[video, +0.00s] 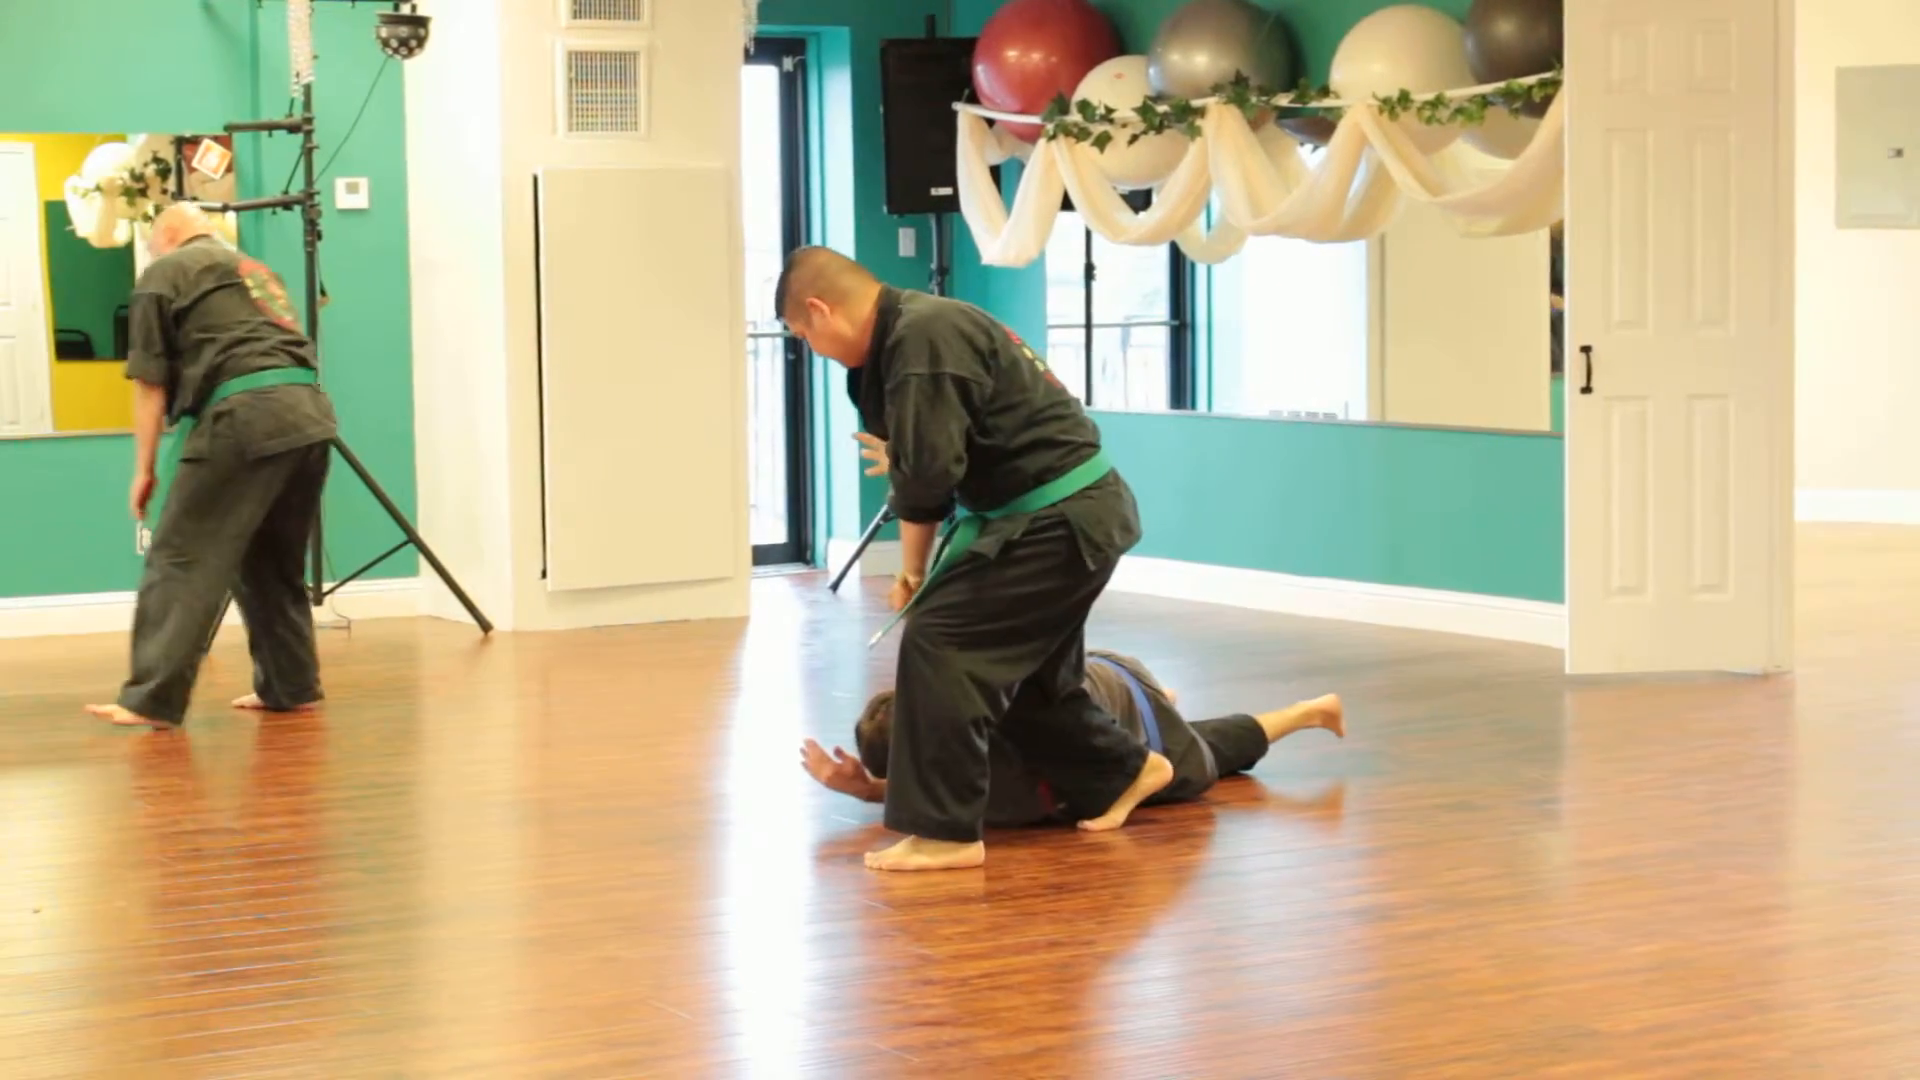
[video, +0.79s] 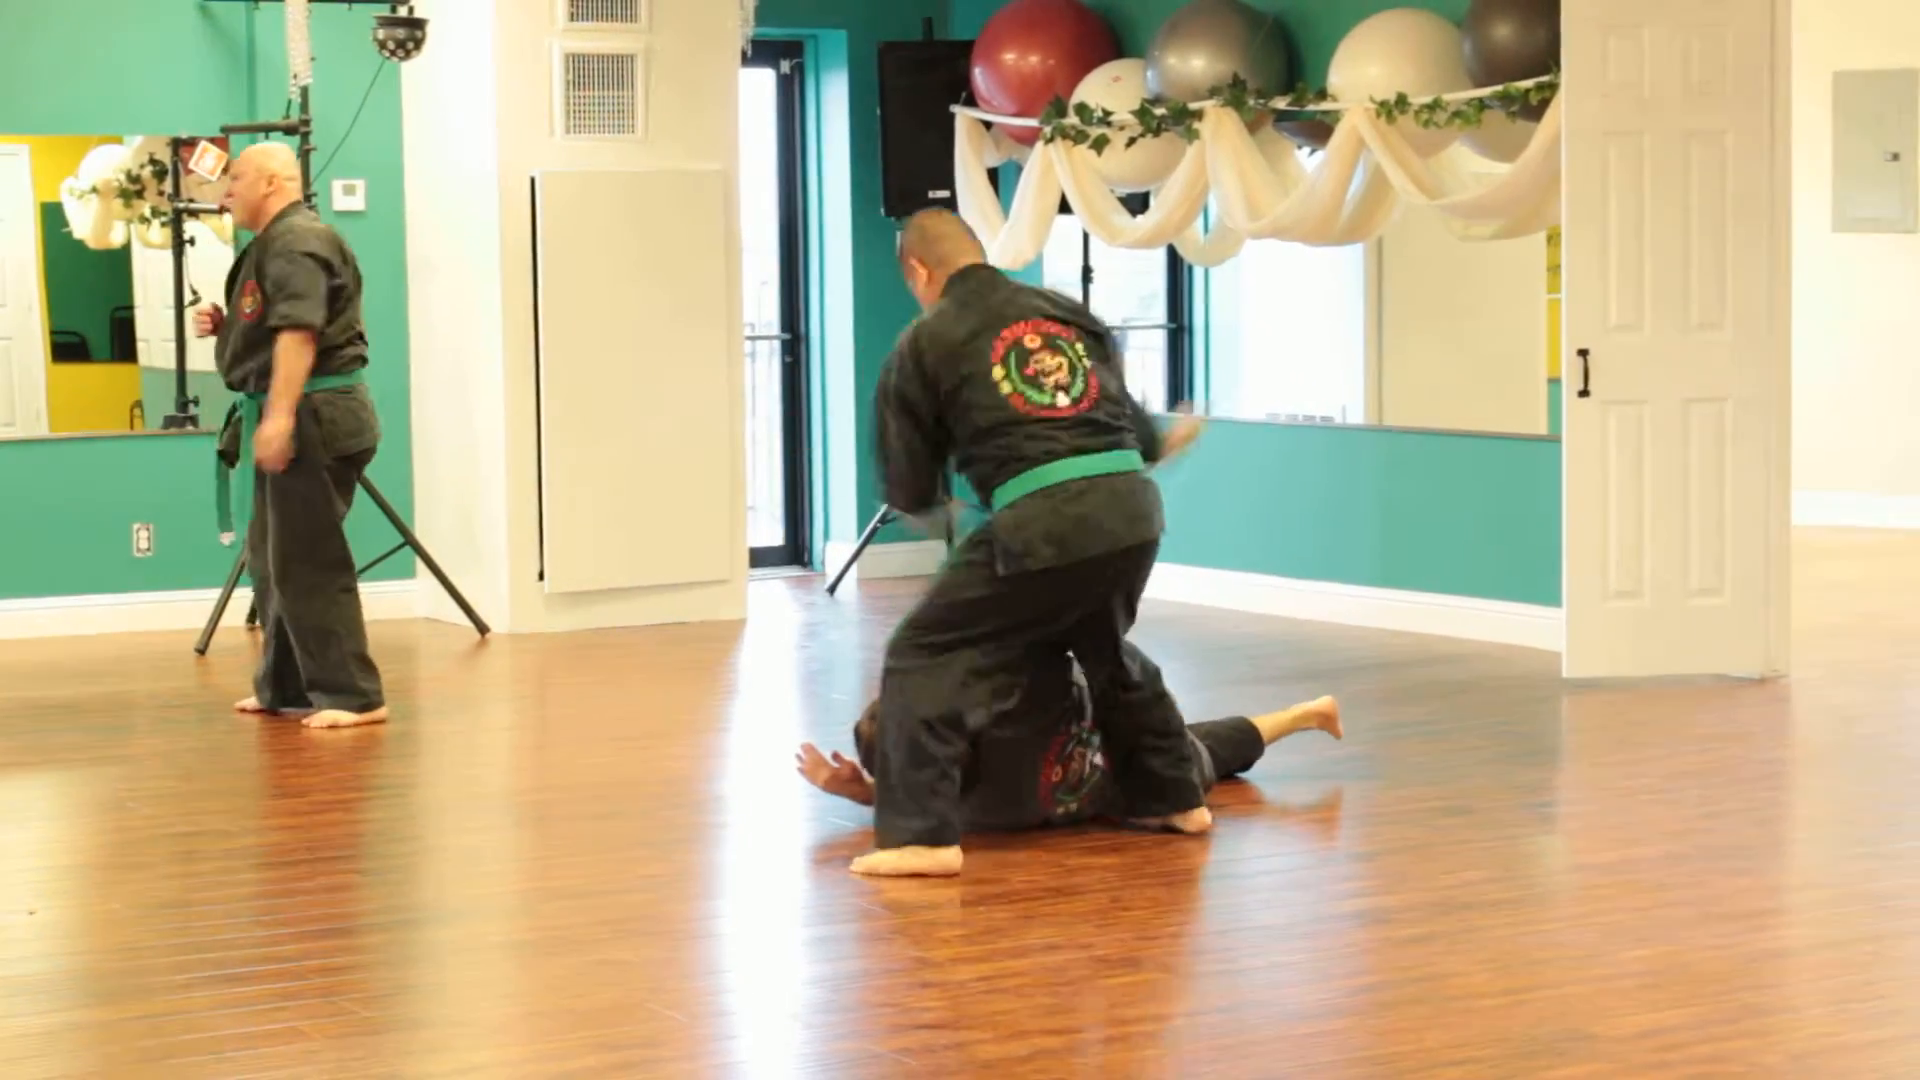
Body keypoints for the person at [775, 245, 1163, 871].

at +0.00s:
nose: (815, 352)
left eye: (804, 336)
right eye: (804, 340)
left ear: (822, 309)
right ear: (844, 294)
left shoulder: (923, 337)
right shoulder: (910, 338)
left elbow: (924, 477)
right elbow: (917, 476)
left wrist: (912, 574)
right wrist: (915, 571)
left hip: (1063, 513)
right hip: (1068, 510)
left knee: (936, 636)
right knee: (1025, 678)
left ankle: (944, 830)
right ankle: (1126, 767)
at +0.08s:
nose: (811, 351)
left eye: (802, 335)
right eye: (802, 339)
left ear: (818, 308)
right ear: (845, 290)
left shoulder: (919, 335)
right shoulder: (909, 334)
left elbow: (921, 478)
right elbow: (917, 485)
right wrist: (914, 578)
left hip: (1060, 512)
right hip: (1069, 508)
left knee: (934, 636)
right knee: (1023, 679)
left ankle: (944, 830)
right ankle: (1125, 766)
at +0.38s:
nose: (815, 332)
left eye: (806, 317)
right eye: (807, 319)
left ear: (820, 295)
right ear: (856, 272)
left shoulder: (911, 327)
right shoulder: (918, 312)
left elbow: (899, 465)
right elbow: (907, 471)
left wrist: (832, 442)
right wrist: (894, 560)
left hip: (1053, 509)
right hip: (1077, 499)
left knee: (935, 641)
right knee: (1034, 674)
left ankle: (941, 831)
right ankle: (1130, 772)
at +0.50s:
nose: (835, 318)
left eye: (828, 301)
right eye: (826, 304)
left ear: (840, 283)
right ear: (877, 263)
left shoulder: (901, 324)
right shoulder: (944, 300)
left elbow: (885, 465)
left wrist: (822, 493)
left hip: (1055, 507)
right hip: (1105, 490)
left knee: (936, 642)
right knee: (1060, 666)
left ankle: (938, 833)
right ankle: (1146, 795)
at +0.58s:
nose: (856, 306)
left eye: (850, 289)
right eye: (852, 291)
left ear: (862, 274)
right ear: (911, 253)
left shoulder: (904, 321)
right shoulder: (974, 299)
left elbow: (896, 454)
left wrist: (808, 453)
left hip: (1052, 508)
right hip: (1116, 491)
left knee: (928, 645)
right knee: (1080, 656)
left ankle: (937, 833)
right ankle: (1159, 795)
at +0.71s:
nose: (898, 287)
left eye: (895, 276)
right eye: (898, 277)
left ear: (909, 267)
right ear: (964, 253)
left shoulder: (916, 328)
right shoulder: (1035, 307)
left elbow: (881, 450)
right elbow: (1050, 417)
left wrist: (858, 414)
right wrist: (973, 466)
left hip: (1041, 521)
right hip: (1127, 504)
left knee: (903, 645)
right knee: (1098, 646)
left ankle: (930, 827)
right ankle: (1184, 803)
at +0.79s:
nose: (912, 294)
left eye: (909, 282)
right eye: (912, 283)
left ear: (921, 272)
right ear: (983, 257)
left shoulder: (925, 343)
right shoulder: (1069, 311)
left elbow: (912, 492)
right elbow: (1132, 428)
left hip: (1046, 529)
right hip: (1136, 512)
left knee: (921, 652)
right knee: (1106, 649)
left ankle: (924, 836)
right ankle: (1181, 799)